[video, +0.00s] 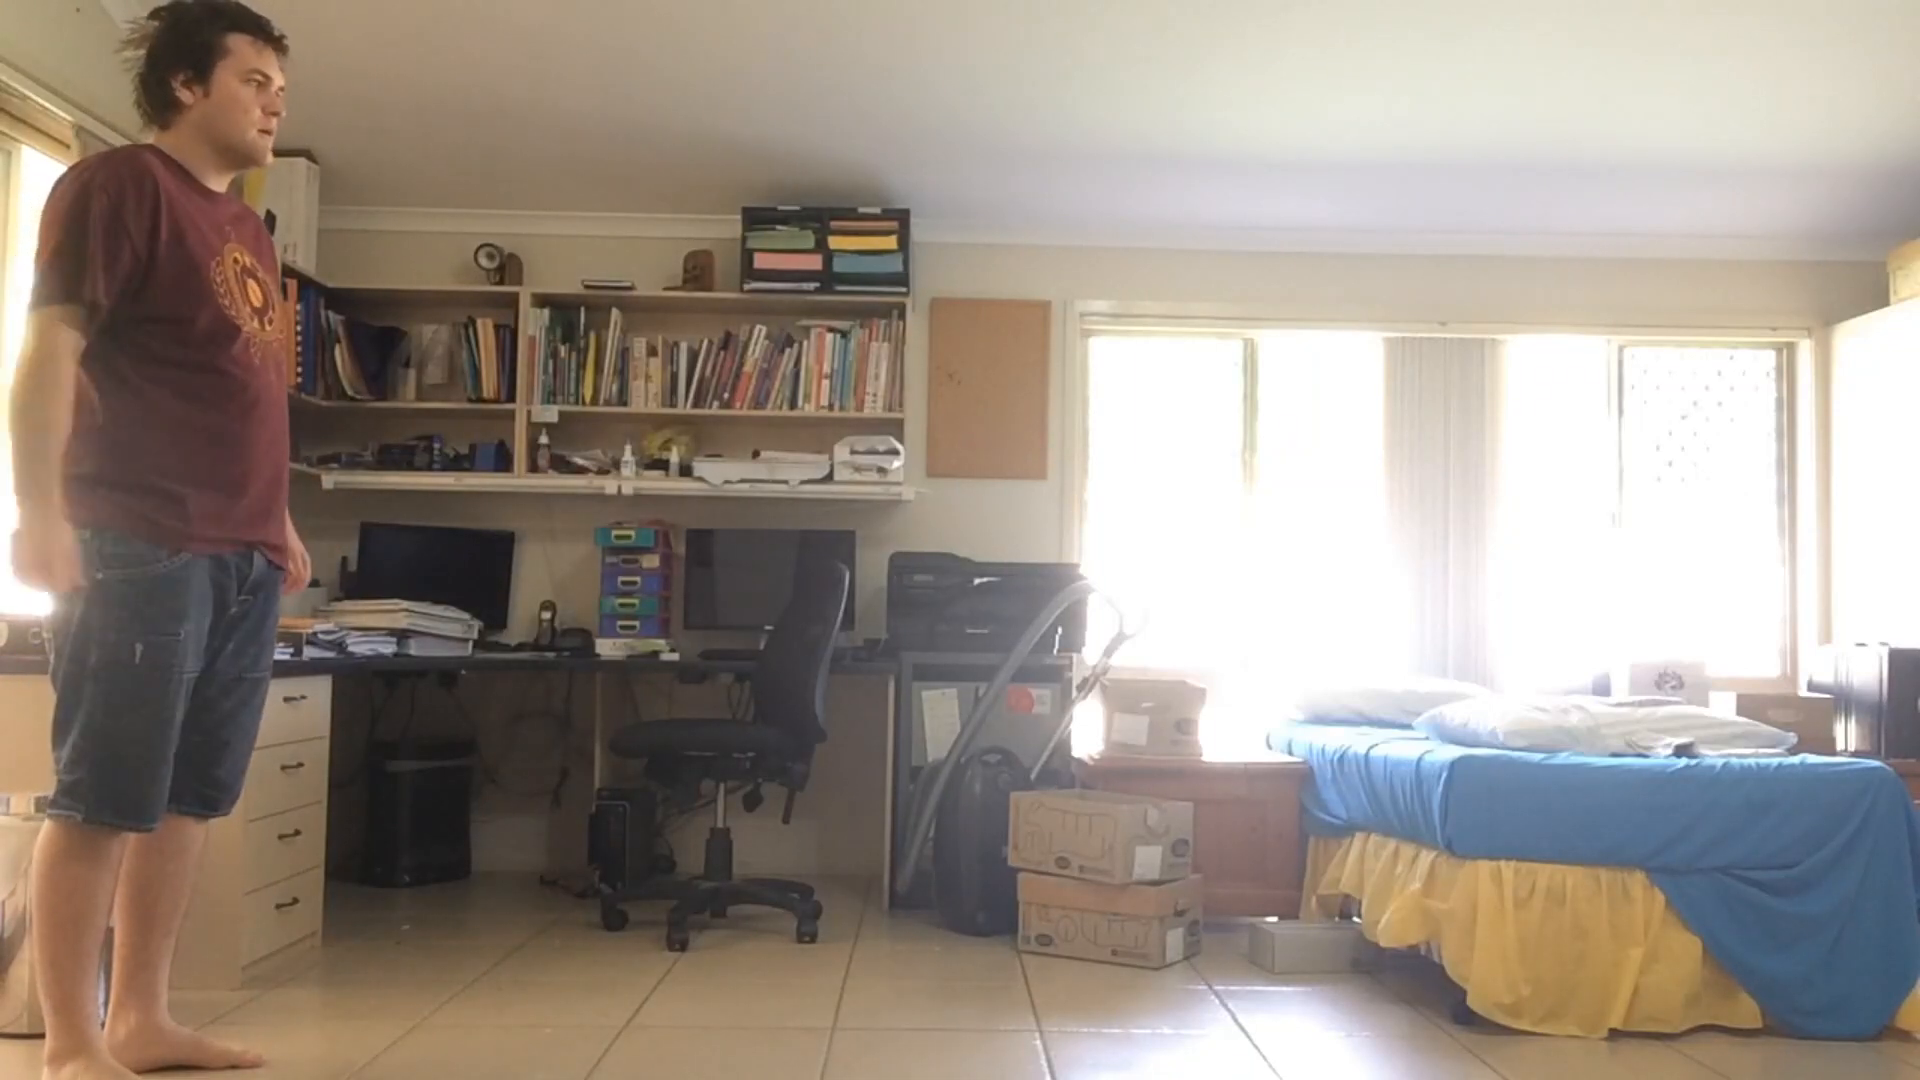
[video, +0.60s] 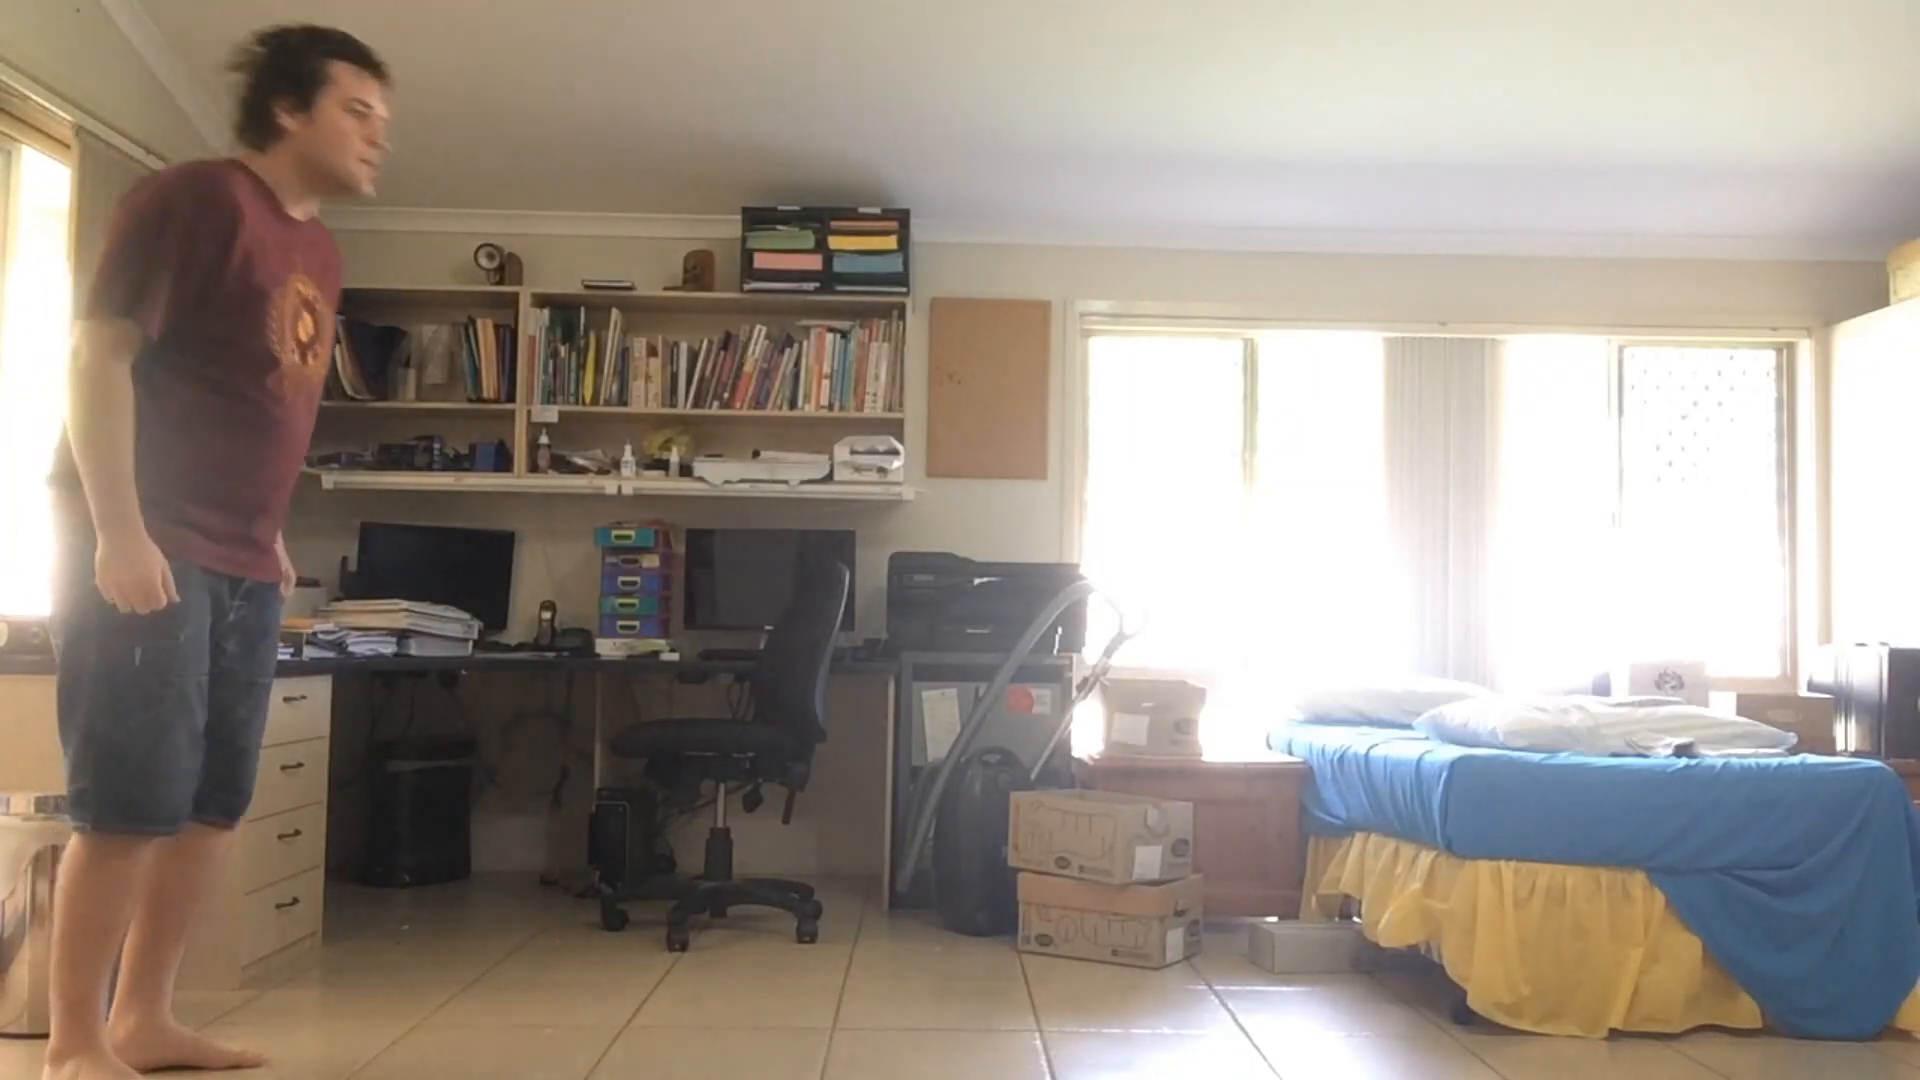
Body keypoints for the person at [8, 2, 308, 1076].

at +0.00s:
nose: (276, 102)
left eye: (280, 87)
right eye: (258, 82)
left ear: (266, 105)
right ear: (187, 88)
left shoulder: (251, 224)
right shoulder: (116, 182)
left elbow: (246, 394)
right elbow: (49, 348)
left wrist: (275, 519)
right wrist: (40, 515)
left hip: (246, 553)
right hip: (136, 542)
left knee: (184, 799)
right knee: (99, 798)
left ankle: (141, 1023)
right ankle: (68, 1045)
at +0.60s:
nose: (379, 136)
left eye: (383, 121)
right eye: (360, 111)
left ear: (352, 133)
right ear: (289, 110)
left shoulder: (321, 249)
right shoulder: (193, 195)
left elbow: (271, 410)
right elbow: (97, 360)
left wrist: (266, 544)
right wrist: (119, 533)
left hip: (249, 560)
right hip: (151, 548)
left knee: (211, 805)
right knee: (126, 808)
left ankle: (143, 1022)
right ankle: (72, 1045)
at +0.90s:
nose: (519, 335)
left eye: (520, 315)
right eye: (501, 309)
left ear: (461, 327)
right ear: (433, 313)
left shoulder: (420, 419)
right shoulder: (320, 371)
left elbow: (312, 523)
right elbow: (138, 456)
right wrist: (97, 631)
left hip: (248, 634)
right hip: (153, 623)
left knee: (290, 826)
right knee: (240, 827)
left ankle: (147, 1029)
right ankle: (77, 1049)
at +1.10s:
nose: (538, 229)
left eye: (539, 210)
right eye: (520, 208)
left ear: (500, 223)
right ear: (454, 217)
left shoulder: (486, 342)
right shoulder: (375, 316)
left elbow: (407, 472)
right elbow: (242, 430)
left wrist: (359, 594)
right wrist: (210, 609)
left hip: (351, 633)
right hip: (268, 625)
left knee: (333, 858)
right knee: (283, 856)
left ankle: (156, 1019)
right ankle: (92, 1032)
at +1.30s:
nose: (659, 54)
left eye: (662, 34)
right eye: (646, 29)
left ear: (595, 32)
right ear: (582, 23)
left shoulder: (570, 132)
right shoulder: (490, 103)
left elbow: (507, 272)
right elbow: (405, 242)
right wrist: (444, 422)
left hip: (532, 452)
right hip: (467, 446)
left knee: (470, 694)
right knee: (460, 695)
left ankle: (280, 897)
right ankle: (295, 918)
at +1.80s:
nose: (1040, 95)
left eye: (1034, 76)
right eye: (1025, 76)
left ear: (979, 92)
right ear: (973, 90)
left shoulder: (967, 194)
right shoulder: (935, 178)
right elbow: (866, 302)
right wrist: (923, 466)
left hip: (941, 522)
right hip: (908, 521)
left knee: (866, 767)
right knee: (864, 768)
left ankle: (719, 994)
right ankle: (706, 995)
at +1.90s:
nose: (1159, 42)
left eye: (1157, 22)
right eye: (1147, 20)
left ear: (1096, 22)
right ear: (1098, 19)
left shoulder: (1063, 108)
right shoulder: (1042, 88)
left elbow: (1004, 256)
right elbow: (987, 240)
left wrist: (1081, 407)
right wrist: (1062, 402)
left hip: (1034, 443)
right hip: (1013, 443)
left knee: (1027, 702)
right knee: (1026, 704)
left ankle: (843, 888)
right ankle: (835, 885)